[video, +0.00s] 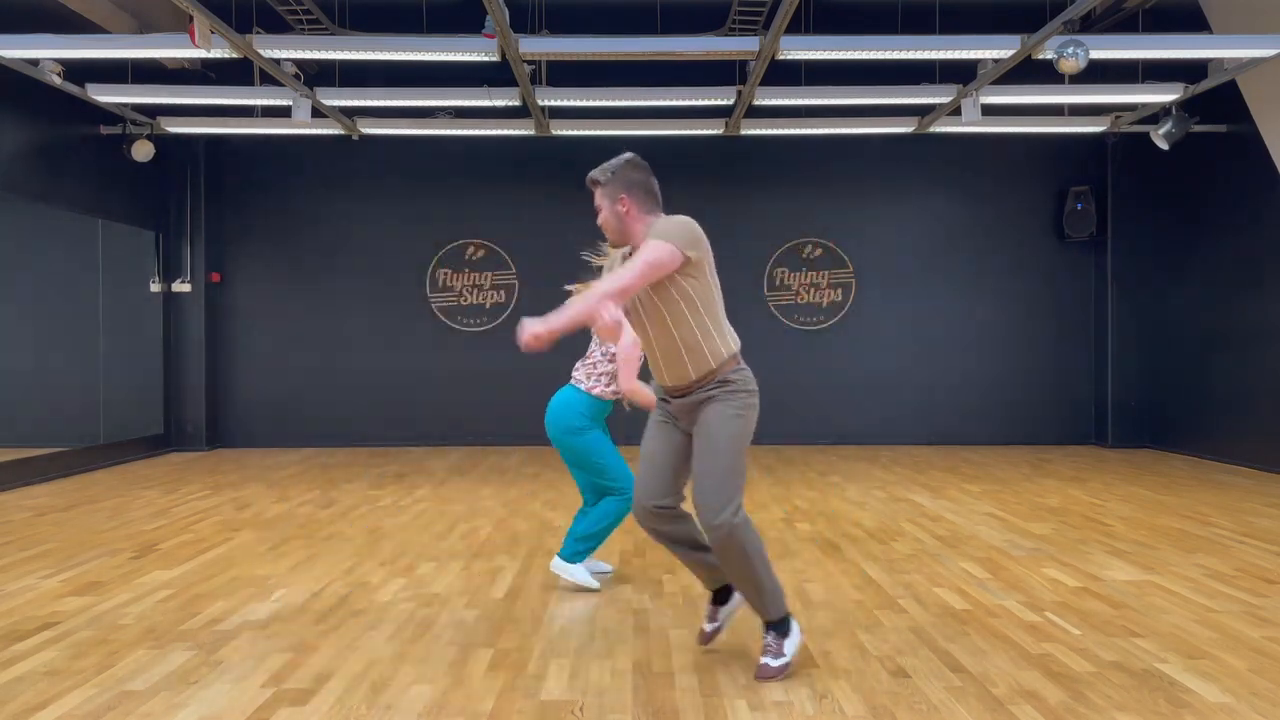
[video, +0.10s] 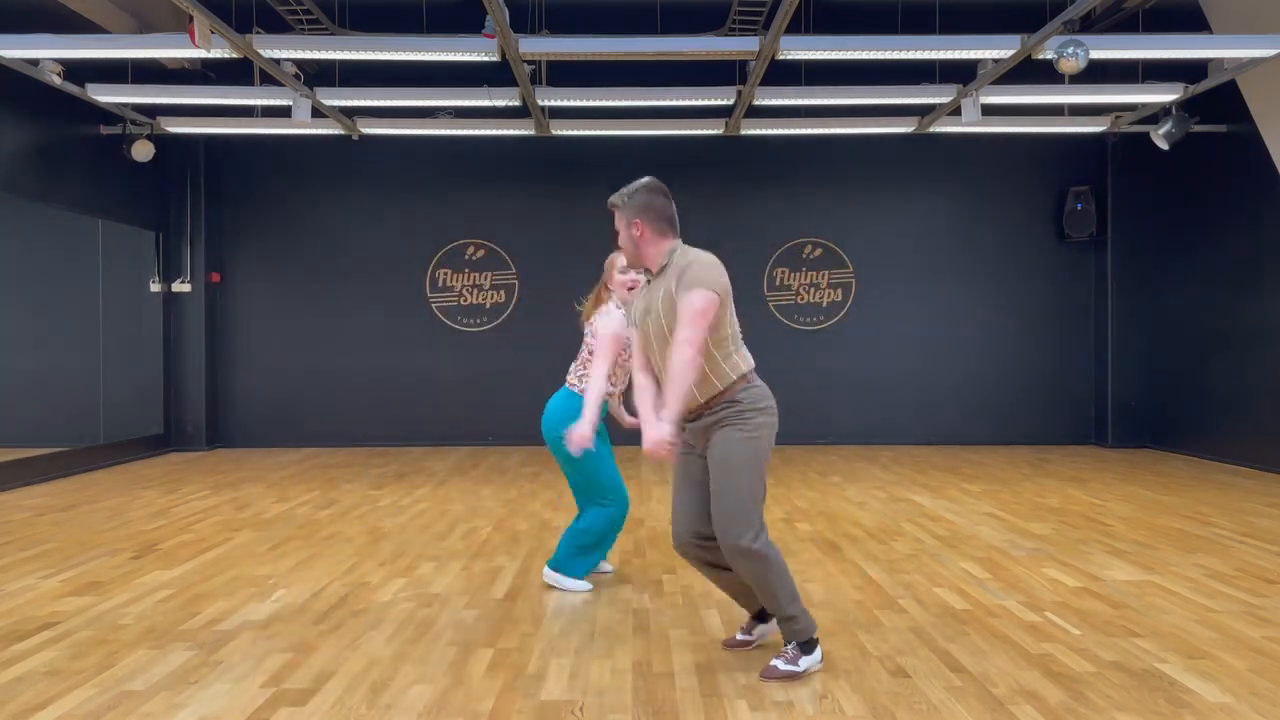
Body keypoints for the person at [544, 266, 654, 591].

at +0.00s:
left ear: (623, 288)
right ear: (638, 294)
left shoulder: (610, 318)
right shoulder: (631, 329)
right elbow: (628, 386)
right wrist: (663, 405)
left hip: (569, 408)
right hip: (578, 415)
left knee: (596, 495)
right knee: (624, 490)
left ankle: (576, 554)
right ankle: (570, 558)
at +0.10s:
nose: (634, 276)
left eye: (638, 269)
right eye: (623, 270)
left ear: (647, 276)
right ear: (608, 282)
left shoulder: (628, 319)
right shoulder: (610, 318)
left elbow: (614, 374)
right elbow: (599, 368)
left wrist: (621, 415)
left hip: (583, 408)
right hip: (571, 410)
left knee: (601, 494)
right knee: (613, 500)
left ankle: (587, 556)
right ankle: (563, 566)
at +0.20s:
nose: (621, 247)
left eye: (626, 241)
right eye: (611, 241)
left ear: (635, 251)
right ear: (597, 252)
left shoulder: (621, 295)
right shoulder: (599, 283)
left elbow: (604, 342)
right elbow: (566, 302)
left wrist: (627, 365)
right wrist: (532, 320)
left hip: (586, 396)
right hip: (571, 396)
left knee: (589, 478)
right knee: (588, 480)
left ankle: (588, 556)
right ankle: (562, 563)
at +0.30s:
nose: (606, 227)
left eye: (614, 221)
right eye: (598, 221)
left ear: (625, 230)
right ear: (586, 230)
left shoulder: (615, 275)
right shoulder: (584, 265)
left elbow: (616, 310)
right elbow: (538, 261)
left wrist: (652, 325)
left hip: (574, 374)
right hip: (564, 375)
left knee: (568, 460)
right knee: (598, 460)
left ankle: (554, 541)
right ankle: (551, 540)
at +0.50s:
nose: (579, 253)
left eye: (587, 245)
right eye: (570, 245)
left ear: (603, 253)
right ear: (561, 254)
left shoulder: (607, 300)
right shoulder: (559, 296)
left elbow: (634, 326)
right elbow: (517, 317)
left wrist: (672, 304)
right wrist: (522, 267)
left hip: (562, 406)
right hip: (541, 404)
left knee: (582, 493)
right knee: (589, 490)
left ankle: (564, 588)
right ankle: (546, 590)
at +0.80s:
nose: (542, 236)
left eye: (551, 229)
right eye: (534, 229)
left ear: (567, 235)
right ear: (523, 235)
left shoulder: (569, 283)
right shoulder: (517, 280)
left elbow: (595, 328)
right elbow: (489, 344)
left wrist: (641, 302)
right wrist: (490, 319)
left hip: (535, 392)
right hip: (504, 391)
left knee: (570, 474)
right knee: (561, 472)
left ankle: (541, 574)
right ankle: (535, 577)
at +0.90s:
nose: (534, 239)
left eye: (543, 232)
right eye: (524, 232)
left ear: (557, 238)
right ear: (511, 238)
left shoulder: (554, 288)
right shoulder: (507, 281)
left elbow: (568, 334)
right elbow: (498, 307)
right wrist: (499, 337)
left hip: (525, 393)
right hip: (488, 396)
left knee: (531, 480)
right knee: (561, 449)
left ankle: (513, 560)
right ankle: (531, 536)